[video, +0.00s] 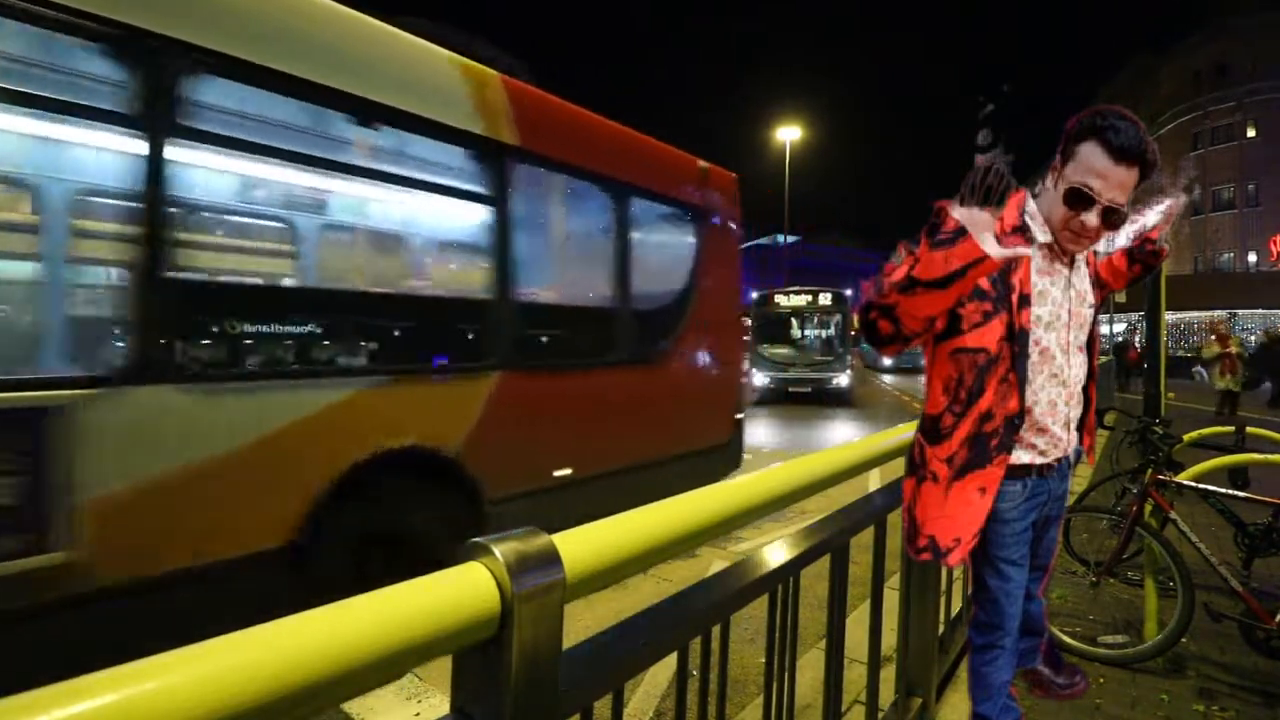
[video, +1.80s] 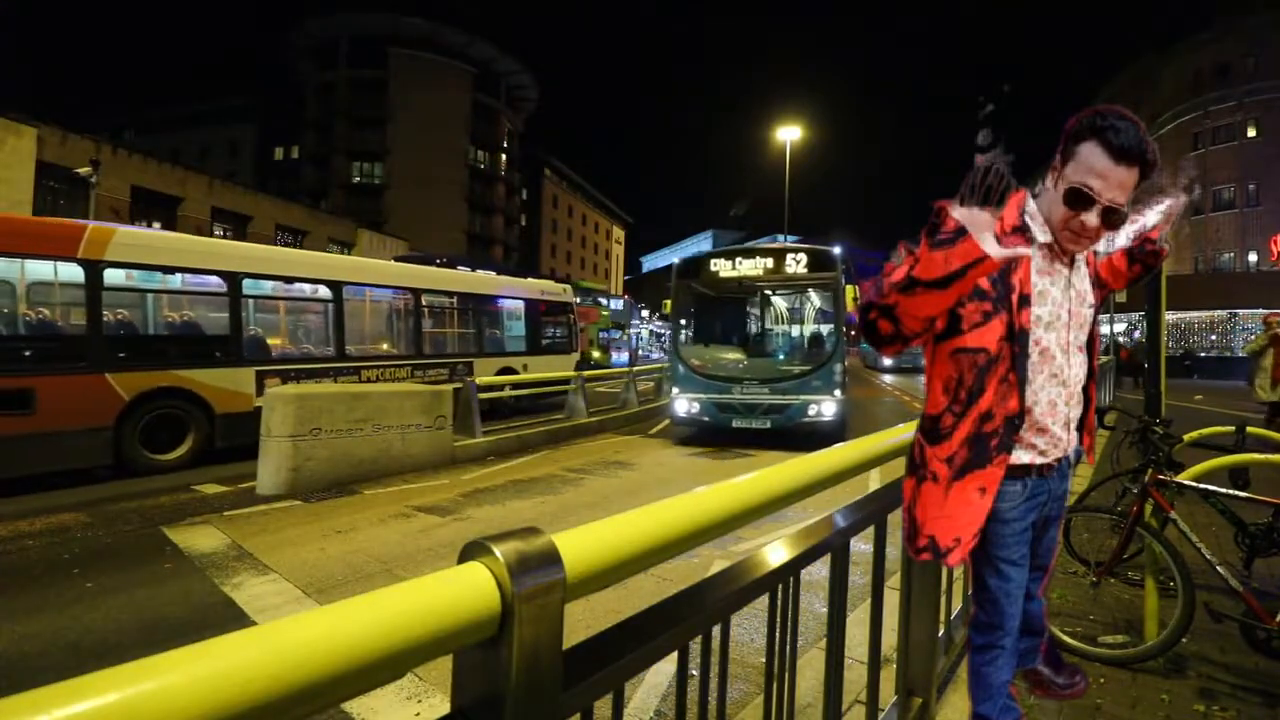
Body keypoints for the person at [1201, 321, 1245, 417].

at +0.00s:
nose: (1221, 332)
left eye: (1224, 329)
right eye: (1218, 330)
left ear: (1228, 330)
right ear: (1214, 331)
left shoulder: (1235, 342)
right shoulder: (1211, 344)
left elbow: (1246, 356)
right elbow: (1205, 359)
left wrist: (1236, 352)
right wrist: (1222, 352)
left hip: (1235, 382)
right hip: (1220, 382)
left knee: (1234, 408)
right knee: (1220, 407)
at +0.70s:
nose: (1239, 332)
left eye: (1241, 329)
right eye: (1235, 329)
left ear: (1245, 330)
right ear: (1230, 332)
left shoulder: (1253, 342)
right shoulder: (1226, 344)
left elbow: (1265, 358)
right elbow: (1220, 359)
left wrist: (1253, 353)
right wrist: (1238, 354)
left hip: (1253, 381)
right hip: (1236, 382)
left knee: (1252, 408)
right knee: (1235, 404)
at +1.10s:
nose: (1249, 331)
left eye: (1251, 327)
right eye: (1245, 328)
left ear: (1255, 328)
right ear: (1240, 331)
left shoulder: (1263, 341)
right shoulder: (1235, 343)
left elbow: (1273, 358)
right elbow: (1227, 359)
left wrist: (1264, 353)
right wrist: (1244, 354)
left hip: (1261, 380)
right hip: (1244, 381)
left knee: (1258, 408)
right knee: (1248, 408)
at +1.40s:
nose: (1259, 327)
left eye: (1261, 324)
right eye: (1256, 325)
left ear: (1264, 325)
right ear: (1249, 327)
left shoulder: (1271, 339)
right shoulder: (1244, 340)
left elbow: (1277, 351)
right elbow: (1236, 355)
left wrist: (1272, 350)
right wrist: (1257, 351)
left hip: (1272, 382)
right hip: (1253, 383)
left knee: (1273, 407)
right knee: (1253, 408)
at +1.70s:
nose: (1272, 329)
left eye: (1274, 326)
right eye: (1268, 327)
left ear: (1277, 327)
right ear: (1263, 328)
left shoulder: (1277, 340)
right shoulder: (1259, 340)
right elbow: (1246, 352)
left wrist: (1276, 341)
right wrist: (1266, 343)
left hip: (1276, 384)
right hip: (1263, 384)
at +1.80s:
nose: (1274, 327)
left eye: (1277, 323)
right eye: (1271, 324)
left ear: (1279, 324)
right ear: (1265, 326)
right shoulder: (1262, 338)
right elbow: (1247, 351)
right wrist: (1267, 337)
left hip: (1276, 386)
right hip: (1265, 385)